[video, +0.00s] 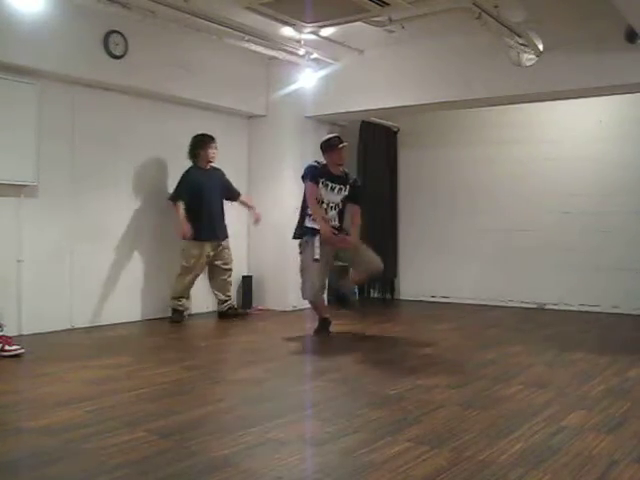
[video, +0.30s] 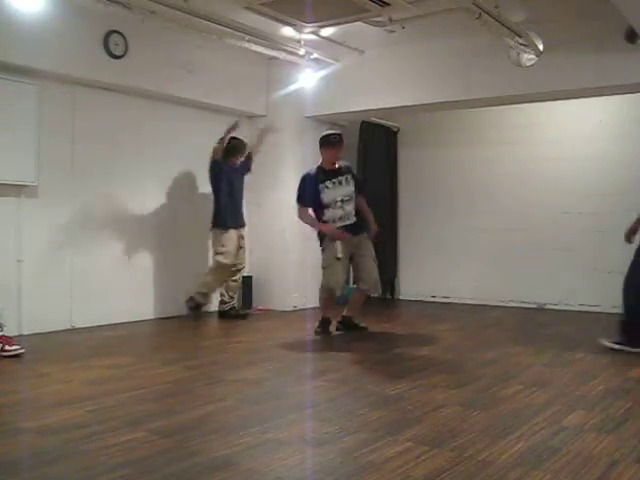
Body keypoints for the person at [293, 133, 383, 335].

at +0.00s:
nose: (340, 156)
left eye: (342, 151)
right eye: (335, 152)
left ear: (345, 152)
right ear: (326, 154)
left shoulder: (351, 182)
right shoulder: (314, 171)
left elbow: (354, 213)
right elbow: (312, 202)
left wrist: (354, 237)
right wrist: (324, 226)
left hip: (340, 234)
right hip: (314, 234)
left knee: (373, 265)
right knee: (311, 290)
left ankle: (343, 286)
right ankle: (323, 318)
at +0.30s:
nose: (336, 155)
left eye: (339, 150)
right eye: (332, 150)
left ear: (341, 150)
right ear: (322, 150)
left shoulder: (347, 172)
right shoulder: (311, 179)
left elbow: (358, 198)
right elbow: (303, 213)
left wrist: (370, 221)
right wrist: (323, 228)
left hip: (358, 234)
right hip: (334, 237)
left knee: (369, 280)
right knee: (332, 283)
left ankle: (348, 318)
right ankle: (325, 319)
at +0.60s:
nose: (339, 149)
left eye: (342, 145)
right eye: (335, 145)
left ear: (346, 142)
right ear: (326, 142)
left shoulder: (351, 157)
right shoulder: (314, 154)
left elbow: (372, 162)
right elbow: (298, 169)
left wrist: (350, 156)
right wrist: (325, 161)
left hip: (347, 224)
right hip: (323, 224)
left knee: (352, 275)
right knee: (325, 274)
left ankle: (345, 317)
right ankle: (317, 316)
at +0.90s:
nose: (335, 149)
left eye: (336, 144)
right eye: (333, 145)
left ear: (337, 144)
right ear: (325, 144)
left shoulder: (342, 165)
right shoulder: (304, 164)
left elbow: (323, 188)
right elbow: (283, 185)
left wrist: (294, 204)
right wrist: (268, 203)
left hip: (333, 227)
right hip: (309, 228)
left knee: (338, 277)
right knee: (307, 278)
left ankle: (338, 318)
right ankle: (304, 319)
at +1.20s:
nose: (319, 145)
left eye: (323, 141)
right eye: (316, 141)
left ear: (329, 143)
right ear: (310, 142)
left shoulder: (337, 167)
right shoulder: (300, 163)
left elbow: (339, 196)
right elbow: (291, 188)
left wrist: (315, 201)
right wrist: (283, 206)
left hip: (329, 232)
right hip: (302, 231)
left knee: (340, 279)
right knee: (295, 278)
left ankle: (337, 317)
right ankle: (301, 318)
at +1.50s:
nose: (319, 157)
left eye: (324, 153)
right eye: (316, 152)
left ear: (329, 154)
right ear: (309, 151)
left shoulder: (341, 171)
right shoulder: (299, 179)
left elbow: (367, 182)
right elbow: (292, 206)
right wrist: (307, 210)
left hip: (344, 238)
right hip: (316, 240)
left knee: (356, 280)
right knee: (309, 283)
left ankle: (342, 319)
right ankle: (304, 321)